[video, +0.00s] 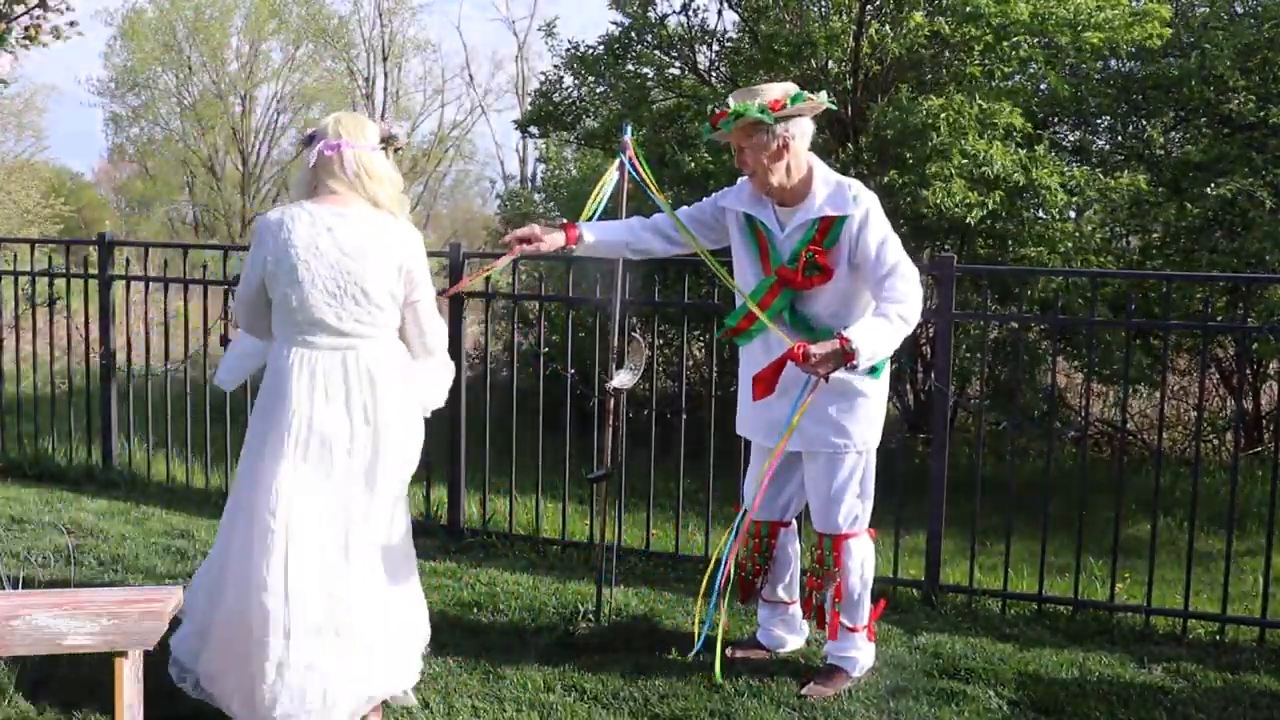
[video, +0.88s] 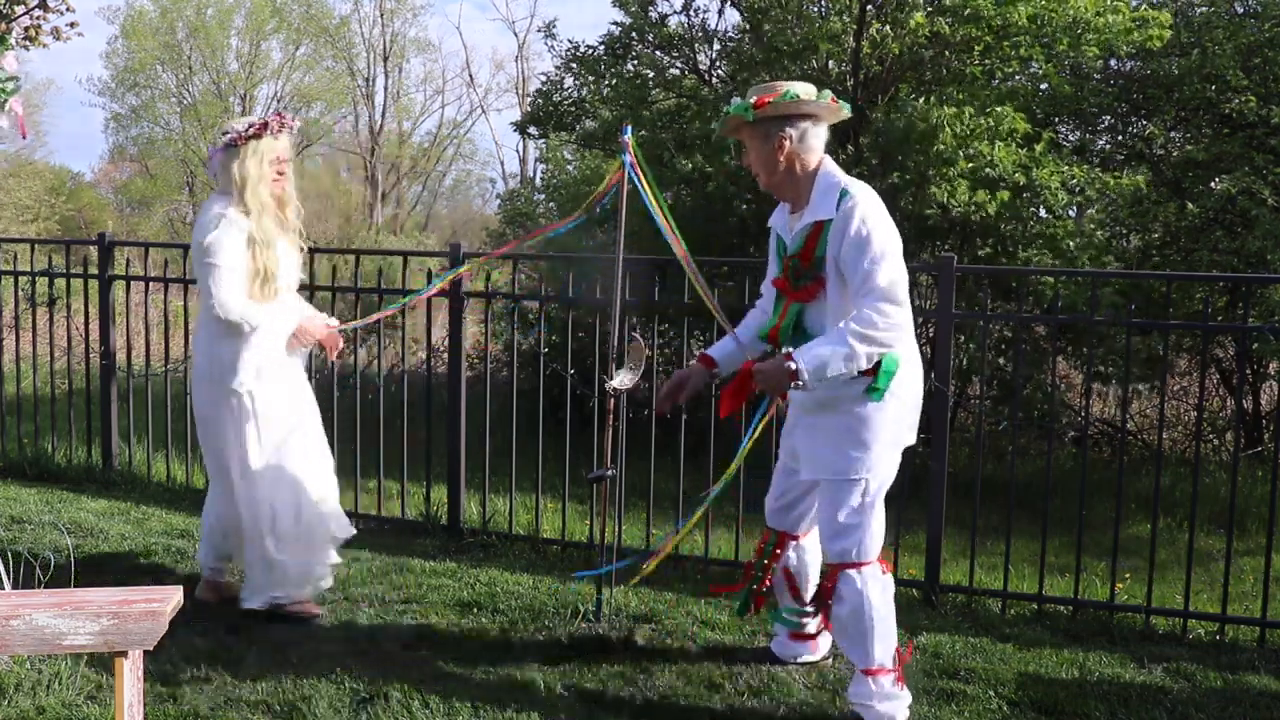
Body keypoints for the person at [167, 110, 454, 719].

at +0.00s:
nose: (393, 163)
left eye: (307, 156)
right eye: (385, 153)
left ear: (313, 164)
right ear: (374, 164)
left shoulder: (278, 225)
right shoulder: (400, 235)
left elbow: (249, 317)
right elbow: (428, 337)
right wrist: (423, 389)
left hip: (296, 390)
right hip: (377, 389)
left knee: (289, 532)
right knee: (368, 535)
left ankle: (283, 684)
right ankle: (365, 687)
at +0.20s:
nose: (388, 181)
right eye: (382, 172)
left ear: (317, 180)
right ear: (376, 183)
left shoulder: (283, 238)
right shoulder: (392, 244)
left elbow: (285, 314)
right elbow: (419, 335)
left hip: (300, 381)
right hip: (375, 381)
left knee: (313, 532)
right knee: (360, 522)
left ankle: (363, 684)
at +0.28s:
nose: (390, 176)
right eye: (386, 167)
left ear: (321, 172)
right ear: (376, 177)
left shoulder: (282, 227)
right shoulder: (382, 235)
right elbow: (415, 327)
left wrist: (376, 158)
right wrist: (419, 328)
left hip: (299, 371)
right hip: (367, 370)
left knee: (315, 514)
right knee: (364, 511)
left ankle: (357, 657)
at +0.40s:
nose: (298, 162)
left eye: (306, 156)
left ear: (317, 165)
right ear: (363, 167)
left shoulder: (276, 218)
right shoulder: (369, 225)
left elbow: (288, 285)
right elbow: (402, 316)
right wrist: (409, 289)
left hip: (287, 357)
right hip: (354, 356)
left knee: (288, 484)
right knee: (364, 486)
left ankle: (286, 615)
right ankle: (363, 615)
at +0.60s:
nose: (343, 178)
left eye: (339, 168)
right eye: (337, 169)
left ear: (278, 171)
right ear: (323, 174)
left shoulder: (251, 223)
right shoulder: (319, 230)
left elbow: (277, 289)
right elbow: (341, 310)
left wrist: (359, 296)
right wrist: (378, 308)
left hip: (260, 354)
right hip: (313, 359)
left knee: (261, 469)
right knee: (353, 477)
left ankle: (226, 568)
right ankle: (372, 609)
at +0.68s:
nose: (237, 180)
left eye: (244, 174)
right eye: (315, 175)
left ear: (259, 180)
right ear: (299, 180)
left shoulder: (238, 227)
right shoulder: (286, 236)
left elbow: (253, 302)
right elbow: (302, 321)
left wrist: (329, 305)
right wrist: (353, 316)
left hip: (244, 377)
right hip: (289, 379)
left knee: (247, 479)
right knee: (346, 489)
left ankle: (217, 579)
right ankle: (371, 613)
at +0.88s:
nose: (282, 173)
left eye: (286, 164)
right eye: (272, 164)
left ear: (288, 169)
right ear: (244, 169)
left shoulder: (267, 221)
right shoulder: (225, 224)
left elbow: (279, 293)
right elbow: (226, 304)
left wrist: (316, 320)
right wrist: (287, 324)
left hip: (267, 363)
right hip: (237, 371)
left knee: (237, 470)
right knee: (272, 470)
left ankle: (213, 576)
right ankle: (279, 589)